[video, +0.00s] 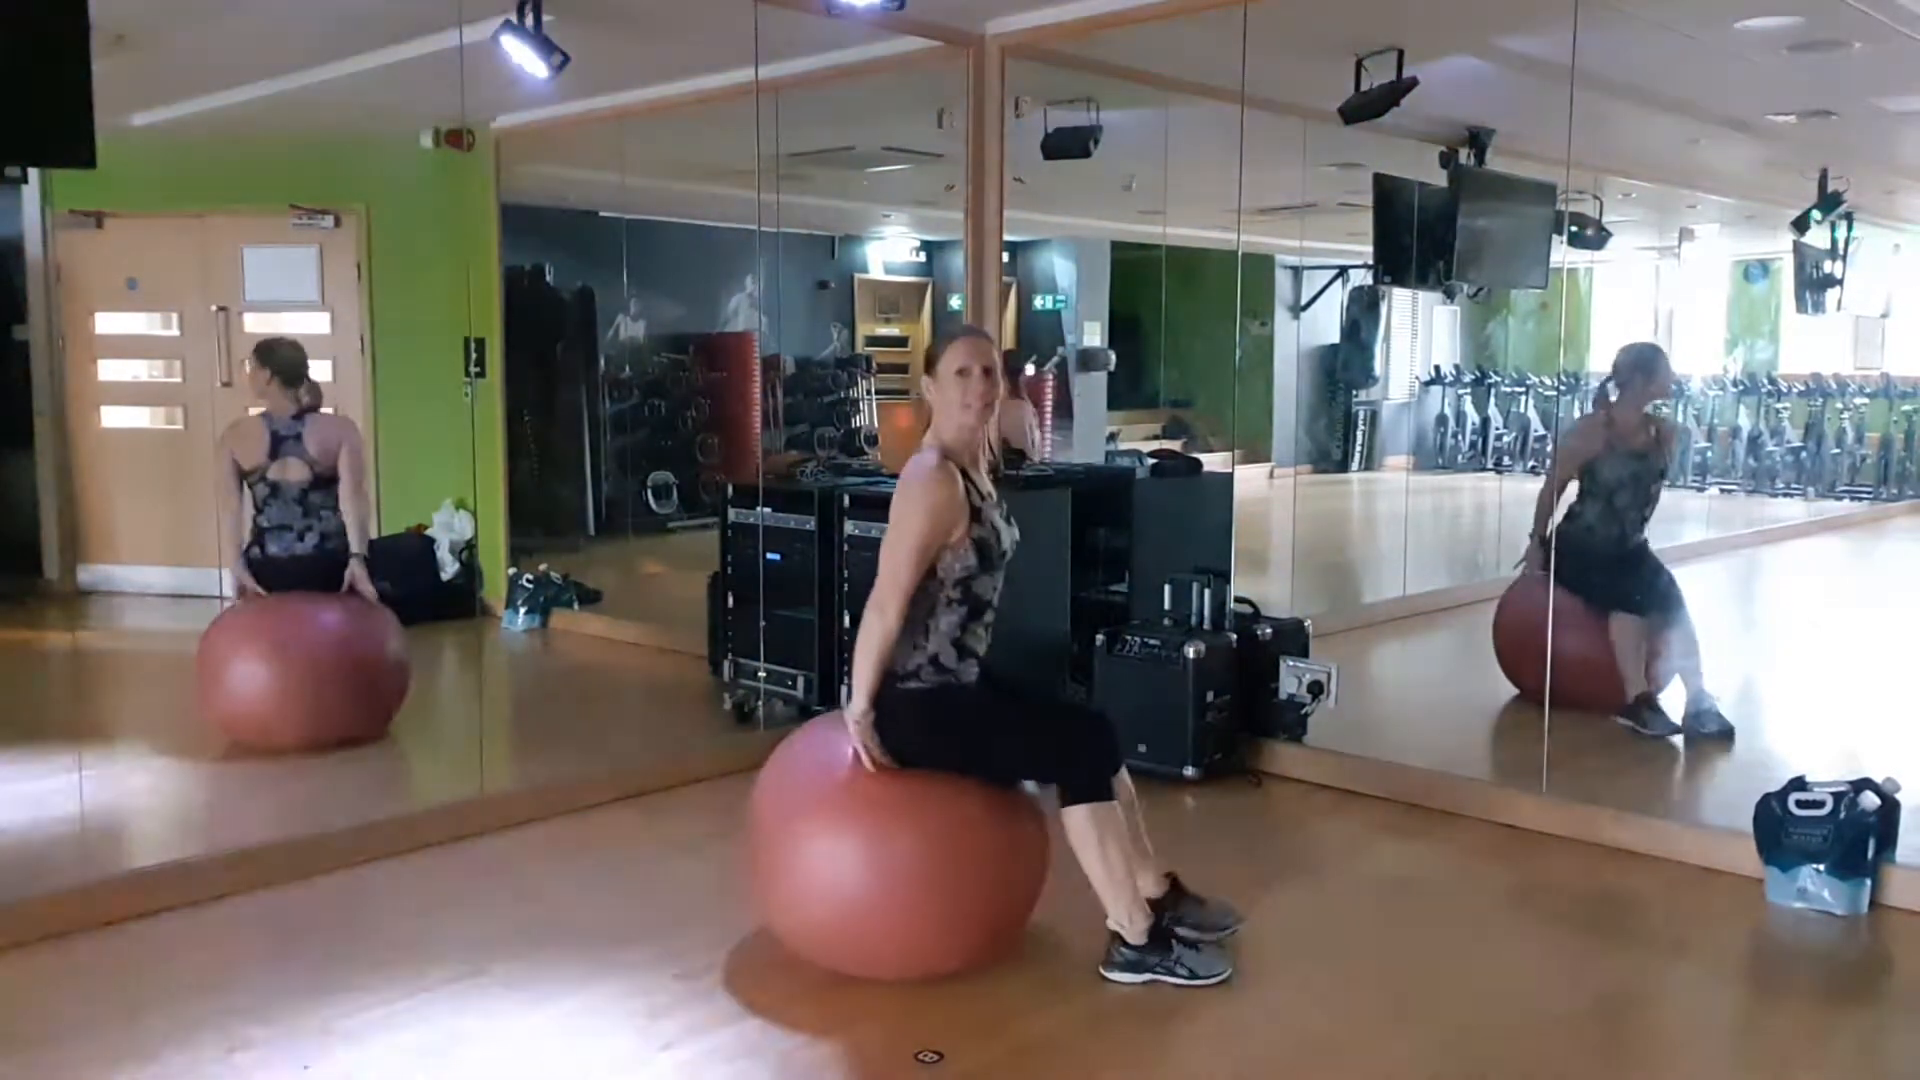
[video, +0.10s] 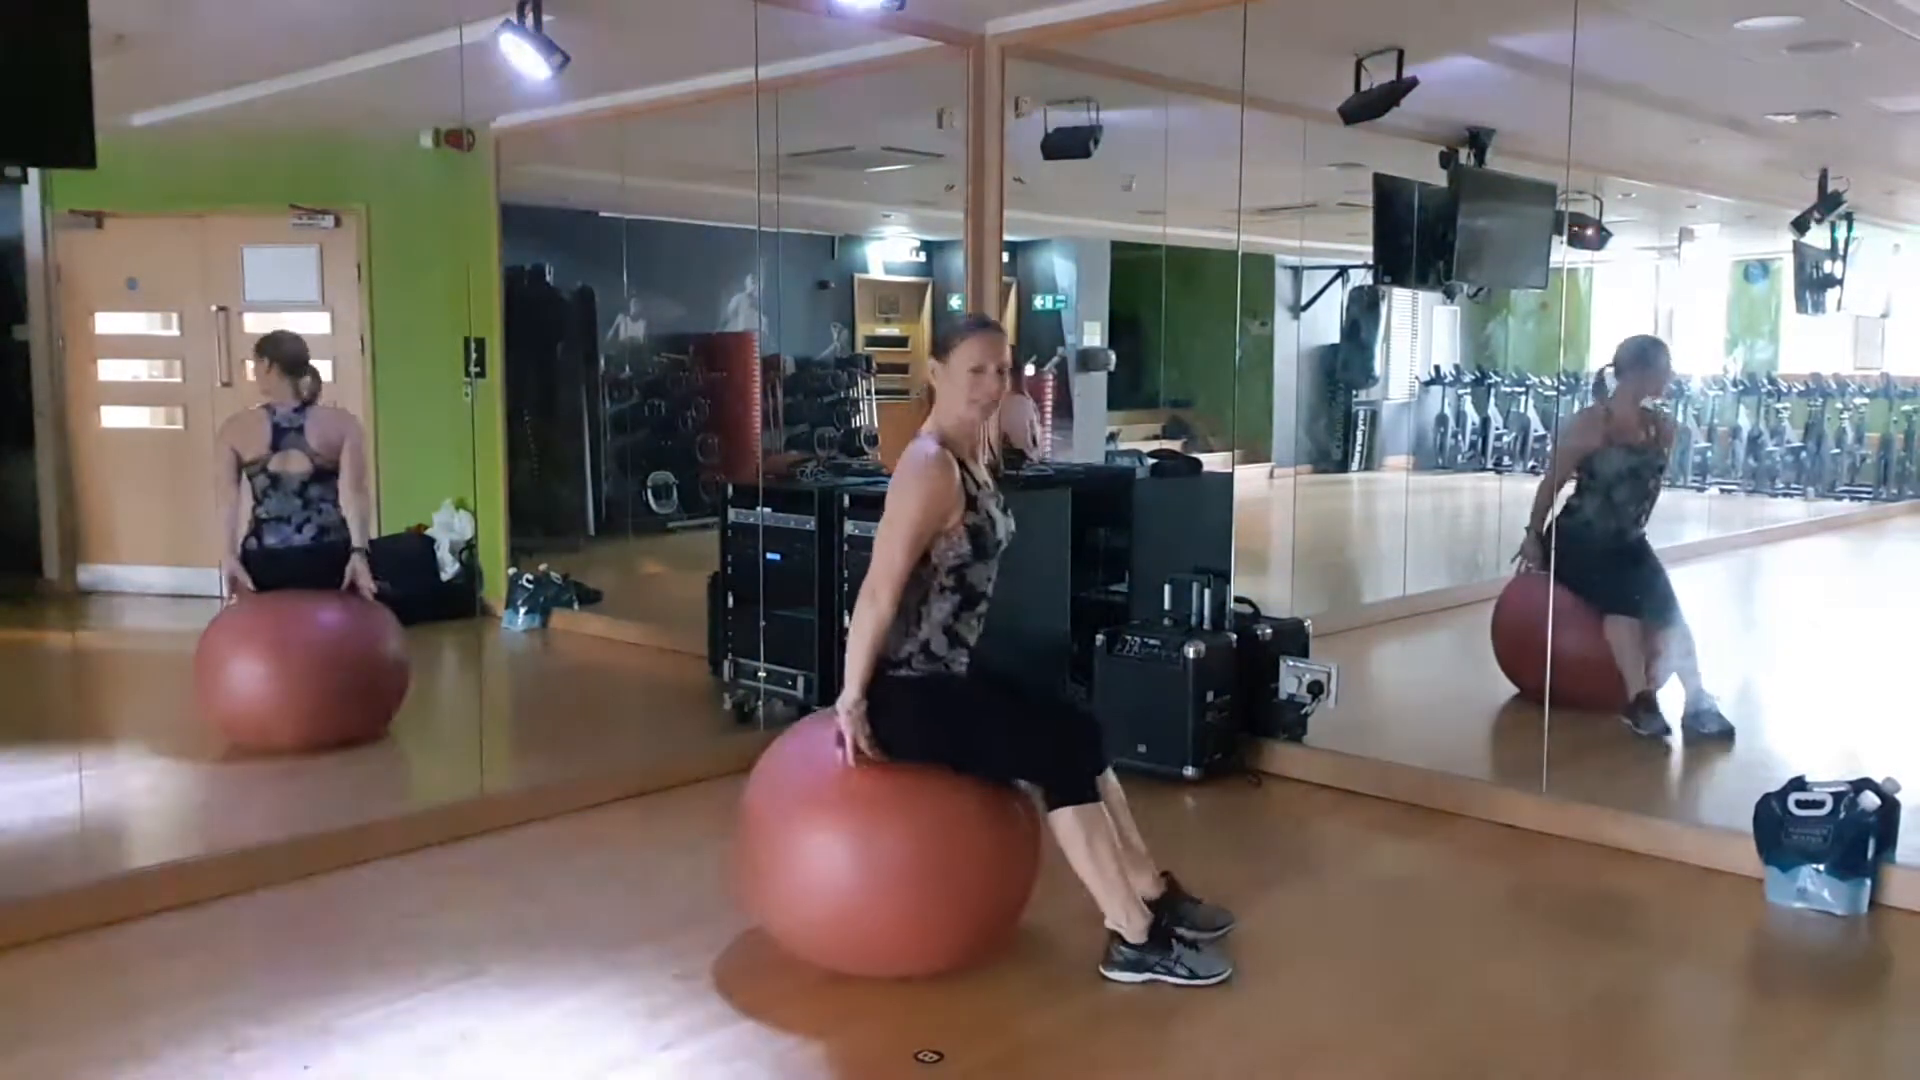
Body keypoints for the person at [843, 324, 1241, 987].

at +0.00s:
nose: (981, 387)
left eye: (990, 374)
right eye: (962, 373)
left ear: (1000, 389)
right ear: (930, 388)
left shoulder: (975, 463)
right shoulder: (932, 480)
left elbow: (1021, 423)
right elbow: (888, 599)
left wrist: (994, 401)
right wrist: (859, 707)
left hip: (958, 687)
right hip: (915, 705)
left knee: (1094, 732)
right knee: (1077, 747)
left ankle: (1157, 893)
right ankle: (1132, 936)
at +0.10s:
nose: (993, 386)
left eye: (1001, 373)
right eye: (978, 371)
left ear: (1005, 380)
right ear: (937, 375)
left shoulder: (971, 454)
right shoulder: (927, 466)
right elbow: (880, 589)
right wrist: (852, 698)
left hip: (946, 679)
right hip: (903, 694)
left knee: (1078, 731)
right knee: (1058, 749)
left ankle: (1153, 894)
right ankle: (1130, 934)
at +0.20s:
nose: (1006, 402)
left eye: (1012, 388)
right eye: (999, 385)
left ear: (983, 384)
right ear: (952, 374)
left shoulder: (967, 462)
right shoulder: (925, 466)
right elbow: (880, 590)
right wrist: (852, 701)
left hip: (938, 683)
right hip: (898, 695)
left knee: (1070, 735)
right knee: (1056, 750)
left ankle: (1146, 899)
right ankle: (1127, 930)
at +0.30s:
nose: (1013, 422)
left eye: (1019, 405)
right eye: (1003, 404)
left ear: (972, 393)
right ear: (958, 388)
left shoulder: (960, 470)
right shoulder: (925, 475)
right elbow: (882, 595)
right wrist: (851, 708)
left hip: (924, 689)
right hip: (889, 701)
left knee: (1058, 735)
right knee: (1045, 747)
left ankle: (1144, 896)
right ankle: (1122, 928)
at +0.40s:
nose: (1016, 429)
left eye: (1022, 414)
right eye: (1010, 411)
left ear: (970, 398)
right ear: (967, 394)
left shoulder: (956, 476)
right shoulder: (928, 479)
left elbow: (911, 599)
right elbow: (877, 598)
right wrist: (839, 708)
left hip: (914, 691)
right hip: (881, 704)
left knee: (1045, 735)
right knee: (1032, 748)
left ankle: (1140, 895)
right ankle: (1119, 927)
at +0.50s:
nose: (1024, 432)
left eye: (1029, 419)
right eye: (1020, 416)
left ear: (981, 401)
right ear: (976, 398)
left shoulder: (953, 477)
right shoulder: (930, 482)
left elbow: (889, 595)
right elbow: (874, 597)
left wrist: (836, 697)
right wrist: (832, 706)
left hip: (909, 690)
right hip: (877, 703)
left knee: (1039, 746)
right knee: (1025, 763)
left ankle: (1139, 898)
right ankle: (1121, 931)